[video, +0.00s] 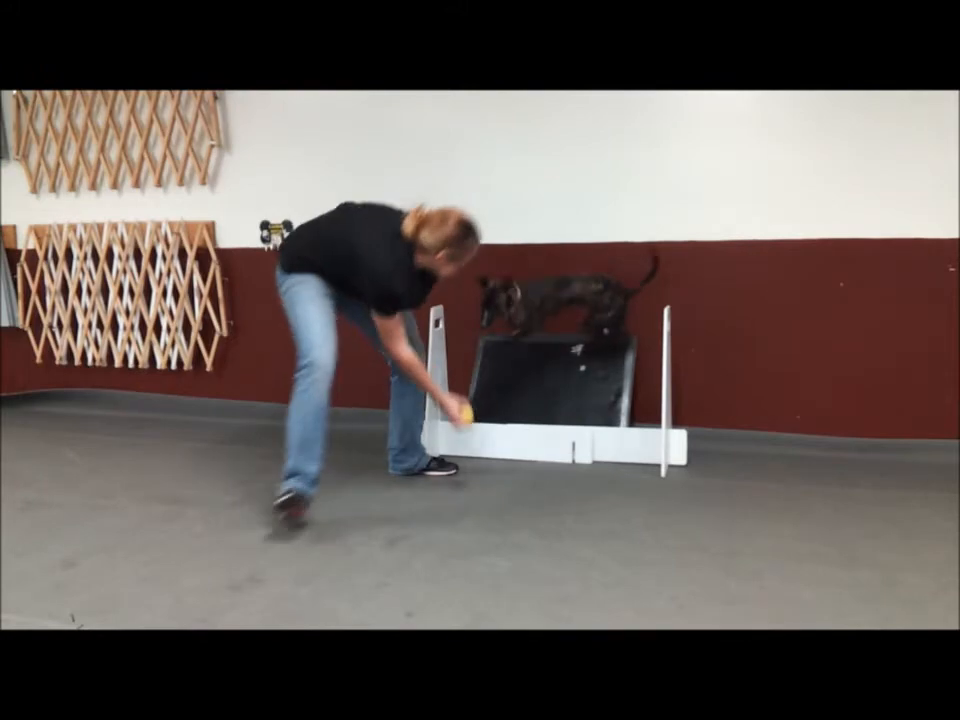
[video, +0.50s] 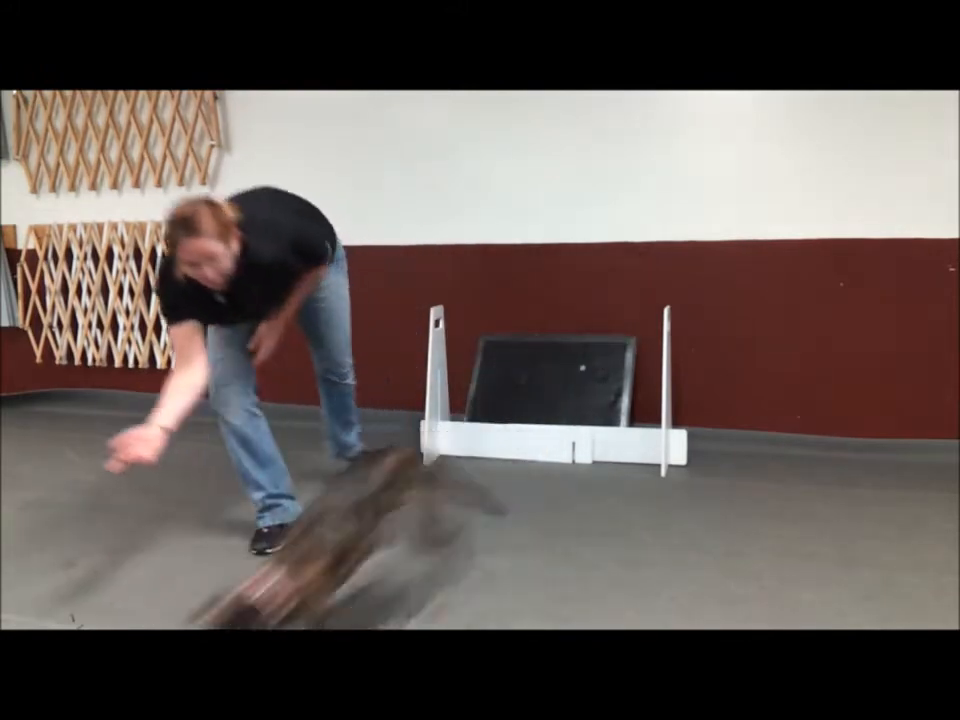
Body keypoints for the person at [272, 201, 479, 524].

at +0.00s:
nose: (457, 271)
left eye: (461, 265)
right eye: (457, 264)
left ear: (438, 253)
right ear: (441, 256)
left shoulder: (425, 261)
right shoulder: (383, 265)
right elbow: (396, 347)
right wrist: (443, 398)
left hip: (355, 276)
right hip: (305, 270)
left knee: (411, 357)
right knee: (318, 362)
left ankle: (407, 459)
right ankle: (297, 485)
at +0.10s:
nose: (423, 303)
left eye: (427, 297)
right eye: (420, 297)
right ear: (395, 287)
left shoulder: (400, 261)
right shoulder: (352, 296)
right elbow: (382, 383)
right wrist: (431, 449)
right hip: (291, 285)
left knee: (410, 367)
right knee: (284, 384)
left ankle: (406, 458)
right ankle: (282, 506)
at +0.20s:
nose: (374, 323)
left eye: (379, 313)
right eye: (365, 317)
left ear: (385, 296)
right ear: (337, 305)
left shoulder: (368, 272)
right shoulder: (298, 305)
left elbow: (342, 363)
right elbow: (334, 393)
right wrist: (372, 473)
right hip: (267, 286)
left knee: (393, 369)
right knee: (256, 400)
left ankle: (409, 457)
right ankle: (280, 511)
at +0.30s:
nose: (311, 324)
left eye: (319, 312)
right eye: (301, 315)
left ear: (331, 297)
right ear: (273, 302)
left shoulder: (349, 276)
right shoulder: (250, 303)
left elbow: (336, 310)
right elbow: (273, 394)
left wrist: (316, 346)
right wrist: (289, 471)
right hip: (248, 281)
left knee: (372, 370)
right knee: (236, 396)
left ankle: (407, 459)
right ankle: (274, 505)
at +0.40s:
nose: (254, 305)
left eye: (259, 293)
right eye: (241, 298)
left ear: (275, 275)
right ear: (220, 292)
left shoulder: (311, 261)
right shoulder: (206, 302)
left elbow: (325, 292)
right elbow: (224, 385)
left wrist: (297, 334)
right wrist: (211, 455)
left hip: (324, 278)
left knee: (354, 369)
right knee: (237, 397)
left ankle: (384, 463)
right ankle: (276, 509)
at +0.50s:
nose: (206, 274)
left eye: (213, 260)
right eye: (193, 266)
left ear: (234, 240)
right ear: (177, 260)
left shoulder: (281, 233)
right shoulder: (175, 279)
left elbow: (317, 266)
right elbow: (190, 365)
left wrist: (279, 322)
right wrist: (156, 428)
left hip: (305, 272)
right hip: (230, 304)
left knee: (337, 369)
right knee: (231, 401)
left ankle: (350, 452)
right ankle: (276, 511)